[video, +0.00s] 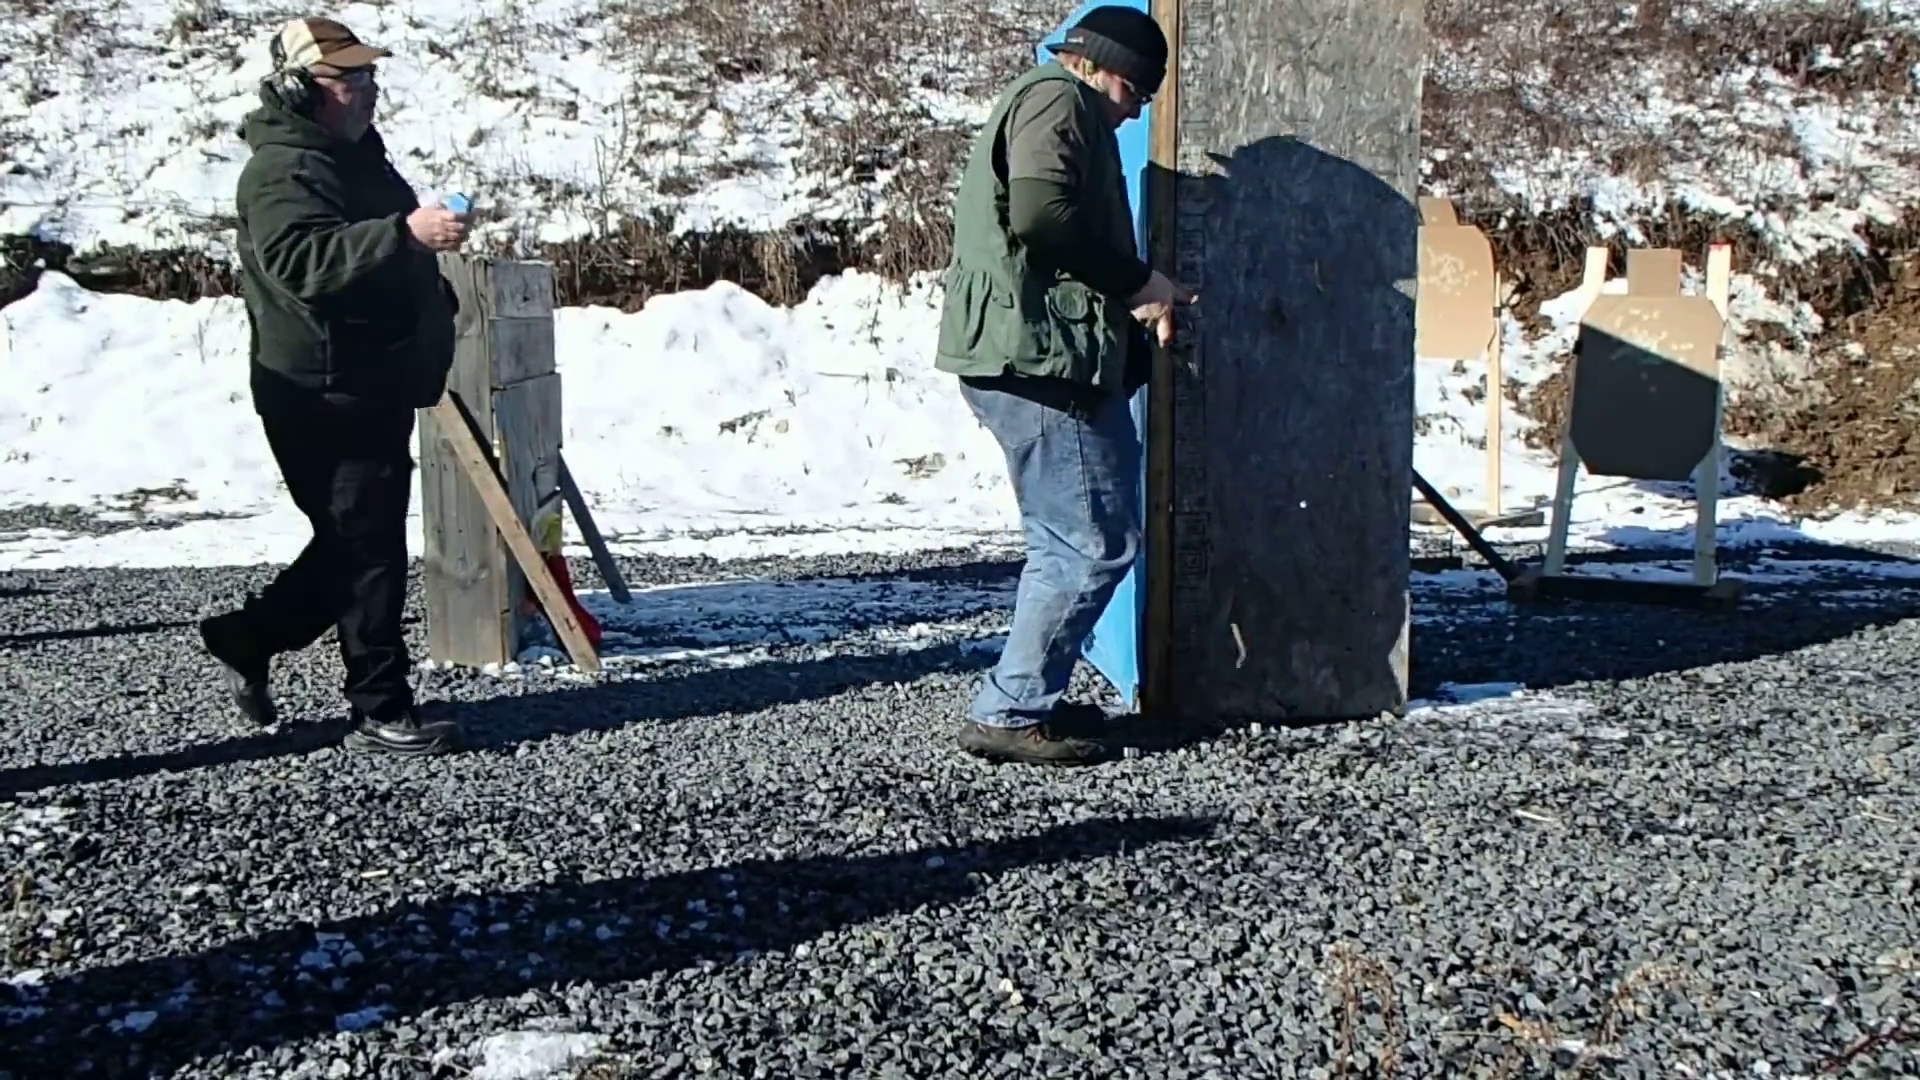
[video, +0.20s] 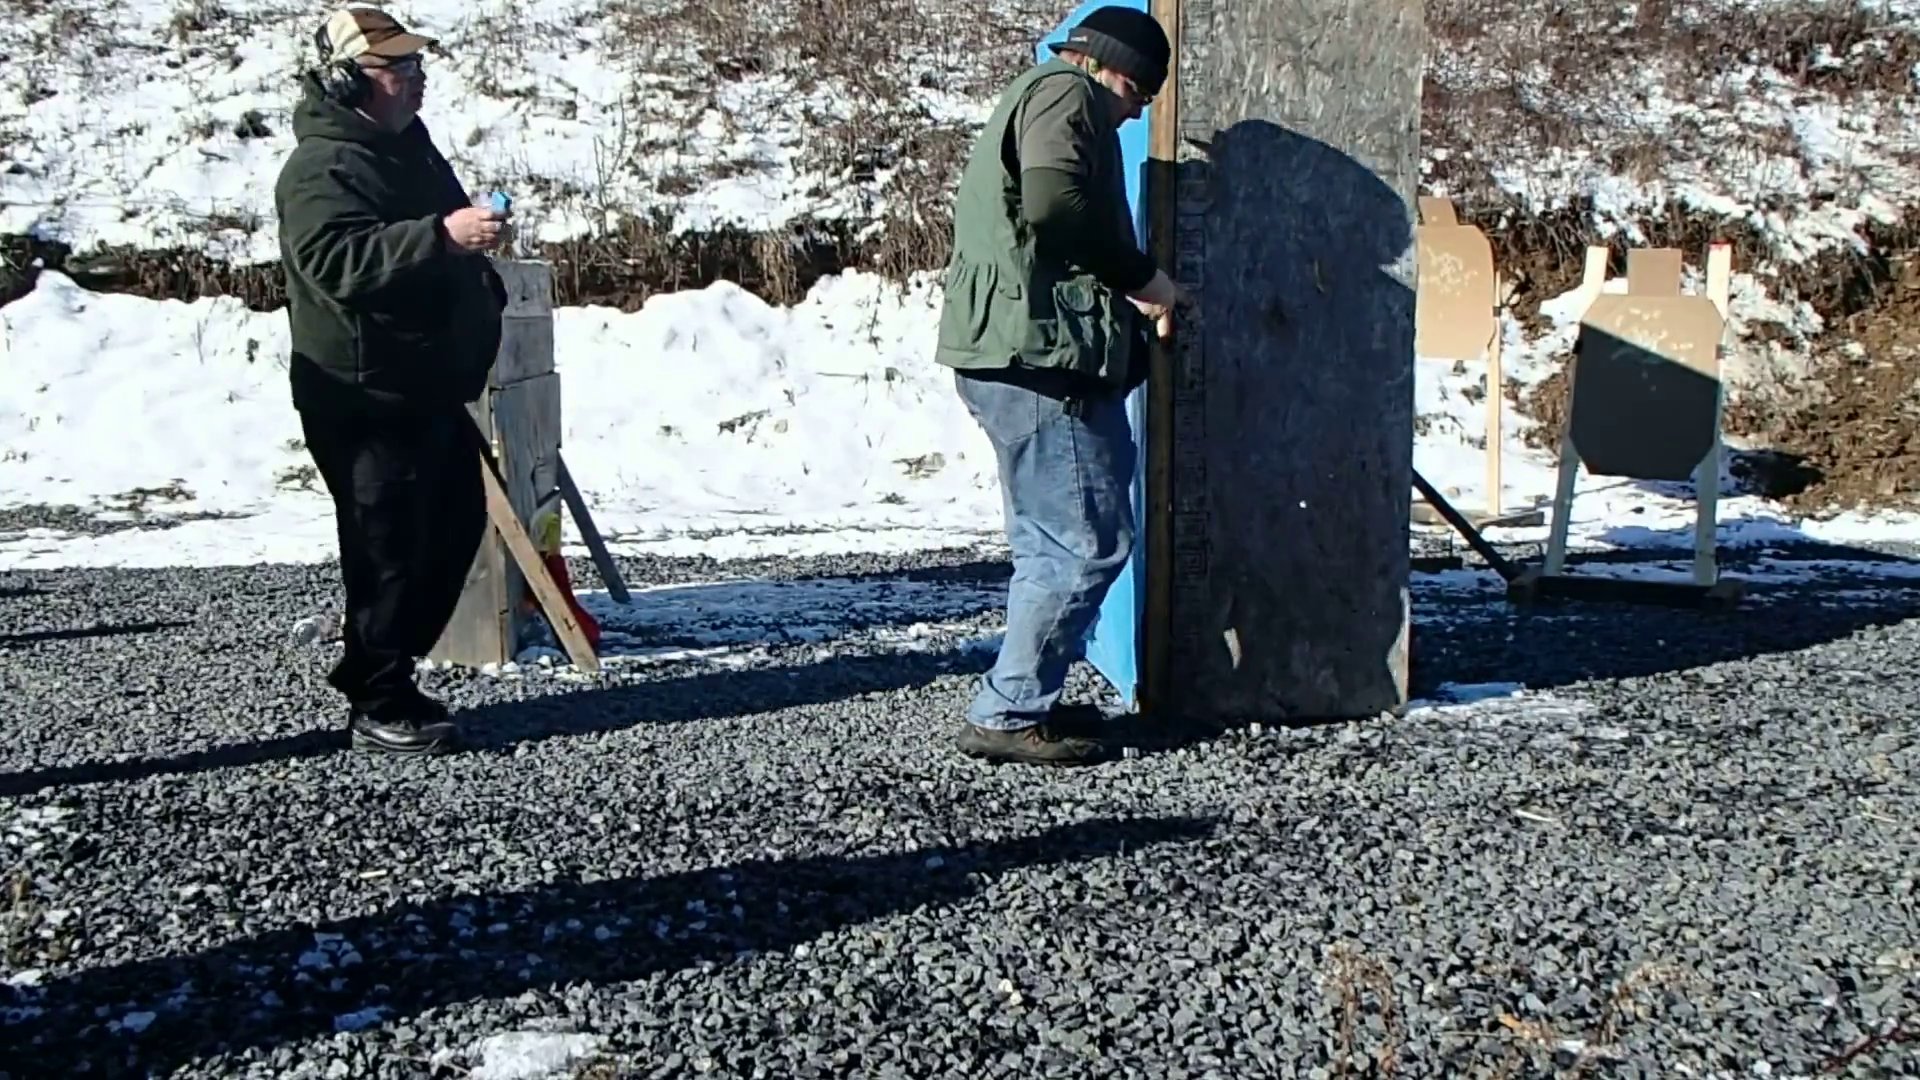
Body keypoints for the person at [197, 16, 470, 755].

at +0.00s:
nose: (373, 90)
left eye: (370, 77)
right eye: (359, 78)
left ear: (338, 89)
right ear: (319, 89)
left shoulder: (351, 155)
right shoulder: (285, 164)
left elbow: (389, 258)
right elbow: (303, 267)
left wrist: (428, 315)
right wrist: (408, 235)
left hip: (372, 383)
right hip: (319, 390)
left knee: (367, 542)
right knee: (362, 543)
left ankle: (247, 636)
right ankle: (383, 708)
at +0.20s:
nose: (419, 80)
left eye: (417, 67)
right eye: (404, 68)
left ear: (394, 79)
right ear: (360, 77)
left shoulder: (407, 147)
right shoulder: (322, 163)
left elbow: (440, 245)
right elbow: (343, 266)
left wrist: (477, 275)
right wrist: (444, 234)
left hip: (425, 379)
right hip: (359, 386)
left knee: (455, 523)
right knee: (384, 534)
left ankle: (386, 670)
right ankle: (378, 701)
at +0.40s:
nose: (469, 80)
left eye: (468, 68)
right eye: (456, 69)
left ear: (434, 79)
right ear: (414, 79)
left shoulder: (462, 153)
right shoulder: (366, 165)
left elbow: (502, 241)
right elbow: (383, 266)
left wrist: (532, 266)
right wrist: (485, 239)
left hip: (475, 384)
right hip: (405, 391)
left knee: (502, 537)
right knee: (408, 556)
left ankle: (553, 684)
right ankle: (382, 716)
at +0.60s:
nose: (521, 84)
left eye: (519, 72)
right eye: (508, 73)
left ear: (488, 83)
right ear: (469, 84)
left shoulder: (514, 162)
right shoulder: (421, 170)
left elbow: (554, 256)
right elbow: (434, 267)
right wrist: (532, 236)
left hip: (534, 389)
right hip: (463, 395)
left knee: (555, 548)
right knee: (457, 554)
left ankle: (584, 704)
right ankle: (388, 712)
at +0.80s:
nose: (573, 80)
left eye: (570, 68)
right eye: (560, 69)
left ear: (538, 81)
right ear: (522, 80)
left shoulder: (564, 153)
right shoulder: (475, 160)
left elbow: (597, 248)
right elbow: (484, 256)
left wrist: (644, 279)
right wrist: (578, 226)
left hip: (589, 377)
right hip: (516, 383)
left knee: (600, 537)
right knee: (546, 531)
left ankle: (592, 702)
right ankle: (466, 670)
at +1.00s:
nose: (609, 79)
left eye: (608, 67)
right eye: (595, 68)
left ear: (587, 78)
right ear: (553, 76)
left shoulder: (595, 148)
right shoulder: (512, 157)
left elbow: (632, 241)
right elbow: (510, 261)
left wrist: (673, 273)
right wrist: (603, 230)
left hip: (613, 373)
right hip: (559, 382)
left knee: (619, 535)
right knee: (607, 537)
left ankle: (594, 698)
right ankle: (582, 704)